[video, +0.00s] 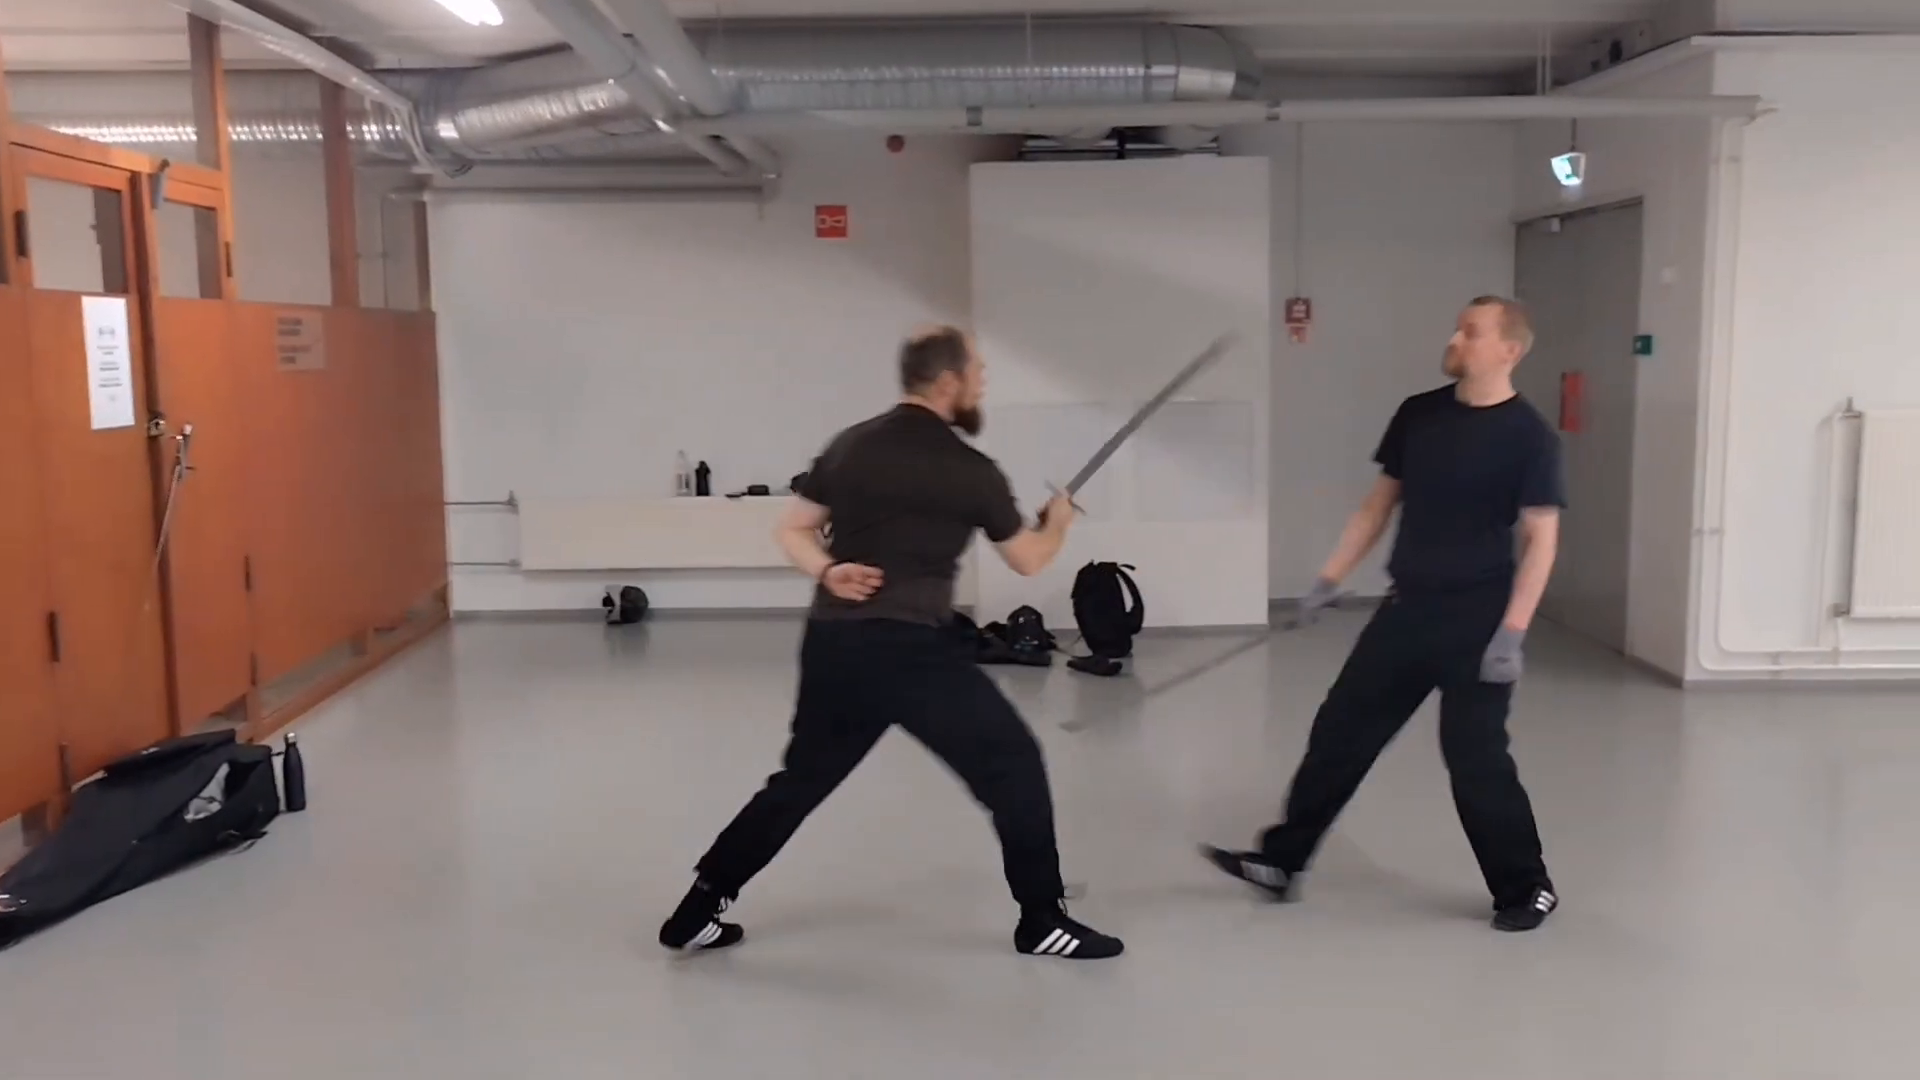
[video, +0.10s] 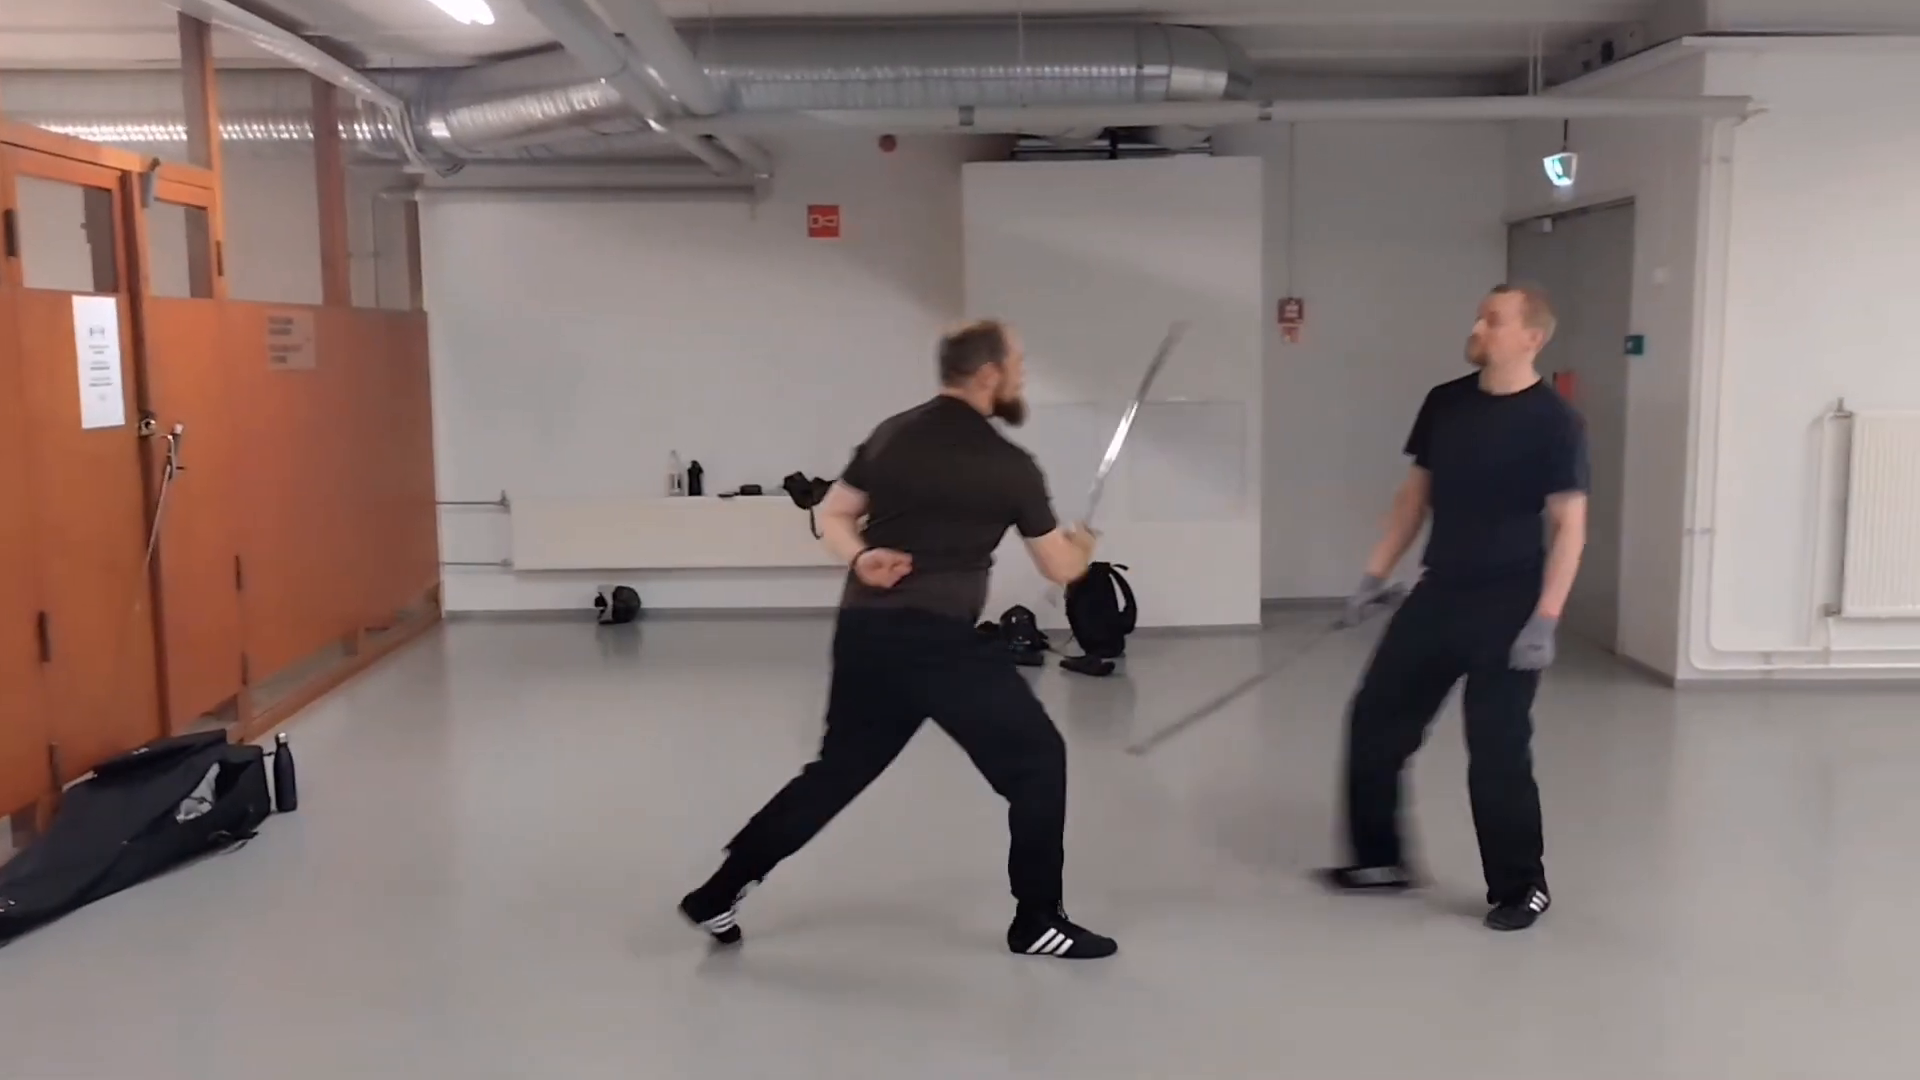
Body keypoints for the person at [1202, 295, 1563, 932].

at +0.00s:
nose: (1453, 340)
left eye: (1469, 332)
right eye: (1456, 329)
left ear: (1510, 350)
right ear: (1458, 341)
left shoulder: (1530, 435)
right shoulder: (1420, 414)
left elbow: (1540, 541)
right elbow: (1379, 504)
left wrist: (1511, 632)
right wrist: (1327, 581)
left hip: (1481, 618)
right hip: (1408, 610)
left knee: (1475, 756)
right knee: (1342, 729)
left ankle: (1526, 889)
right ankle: (1281, 860)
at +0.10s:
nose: (1476, 328)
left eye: (1492, 320)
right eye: (1478, 318)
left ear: (1533, 338)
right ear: (1478, 330)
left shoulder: (1556, 421)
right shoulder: (1447, 403)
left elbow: (1570, 528)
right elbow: (1414, 498)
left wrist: (1546, 618)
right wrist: (1376, 575)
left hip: (1512, 604)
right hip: (1440, 596)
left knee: (1497, 749)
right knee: (1377, 717)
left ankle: (1519, 887)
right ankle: (1378, 859)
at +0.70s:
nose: (1542, 328)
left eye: (1557, 320)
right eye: (1544, 318)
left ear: (1597, 331)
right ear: (1564, 334)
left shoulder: (1612, 403)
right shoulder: (1562, 402)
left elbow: (1630, 508)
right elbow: (1564, 490)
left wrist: (1601, 598)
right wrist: (1495, 492)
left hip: (1609, 586)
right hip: (1586, 580)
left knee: (1563, 720)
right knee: (1627, 715)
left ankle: (1509, 858)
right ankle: (1664, 831)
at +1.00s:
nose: (1544, 318)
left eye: (1557, 308)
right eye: (1545, 308)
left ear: (1597, 321)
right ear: (1587, 323)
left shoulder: (1601, 386)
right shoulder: (1582, 386)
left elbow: (1598, 489)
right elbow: (1563, 475)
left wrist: (1567, 580)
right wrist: (1521, 430)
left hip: (1601, 571)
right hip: (1613, 566)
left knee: (1557, 708)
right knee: (1612, 706)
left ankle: (1553, 858)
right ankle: (1639, 828)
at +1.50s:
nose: (1491, 327)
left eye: (1504, 317)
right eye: (1494, 317)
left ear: (1543, 327)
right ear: (1542, 328)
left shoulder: (1545, 393)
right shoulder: (1557, 390)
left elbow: (1535, 498)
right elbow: (1523, 473)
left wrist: (1504, 589)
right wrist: (1484, 431)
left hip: (1553, 576)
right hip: (1580, 569)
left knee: (1500, 710)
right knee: (1555, 701)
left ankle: (1513, 869)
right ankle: (1592, 813)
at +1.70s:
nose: (1494, 328)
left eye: (1506, 318)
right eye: (1496, 318)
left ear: (1547, 327)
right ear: (1542, 330)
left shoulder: (1550, 397)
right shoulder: (1549, 394)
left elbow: (1545, 501)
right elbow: (1521, 481)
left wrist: (1509, 590)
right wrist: (1483, 433)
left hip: (1551, 577)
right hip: (1571, 570)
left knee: (1493, 714)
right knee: (1561, 702)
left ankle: (1507, 869)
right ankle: (1589, 820)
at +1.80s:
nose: (1496, 324)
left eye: (1509, 314)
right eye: (1498, 314)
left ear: (1548, 324)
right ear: (1546, 327)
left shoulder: (1551, 393)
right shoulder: (1550, 391)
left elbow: (1549, 497)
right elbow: (1522, 480)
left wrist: (1518, 589)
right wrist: (1488, 431)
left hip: (1549, 575)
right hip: (1570, 568)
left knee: (1498, 715)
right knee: (1562, 700)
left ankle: (1505, 866)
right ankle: (1587, 819)